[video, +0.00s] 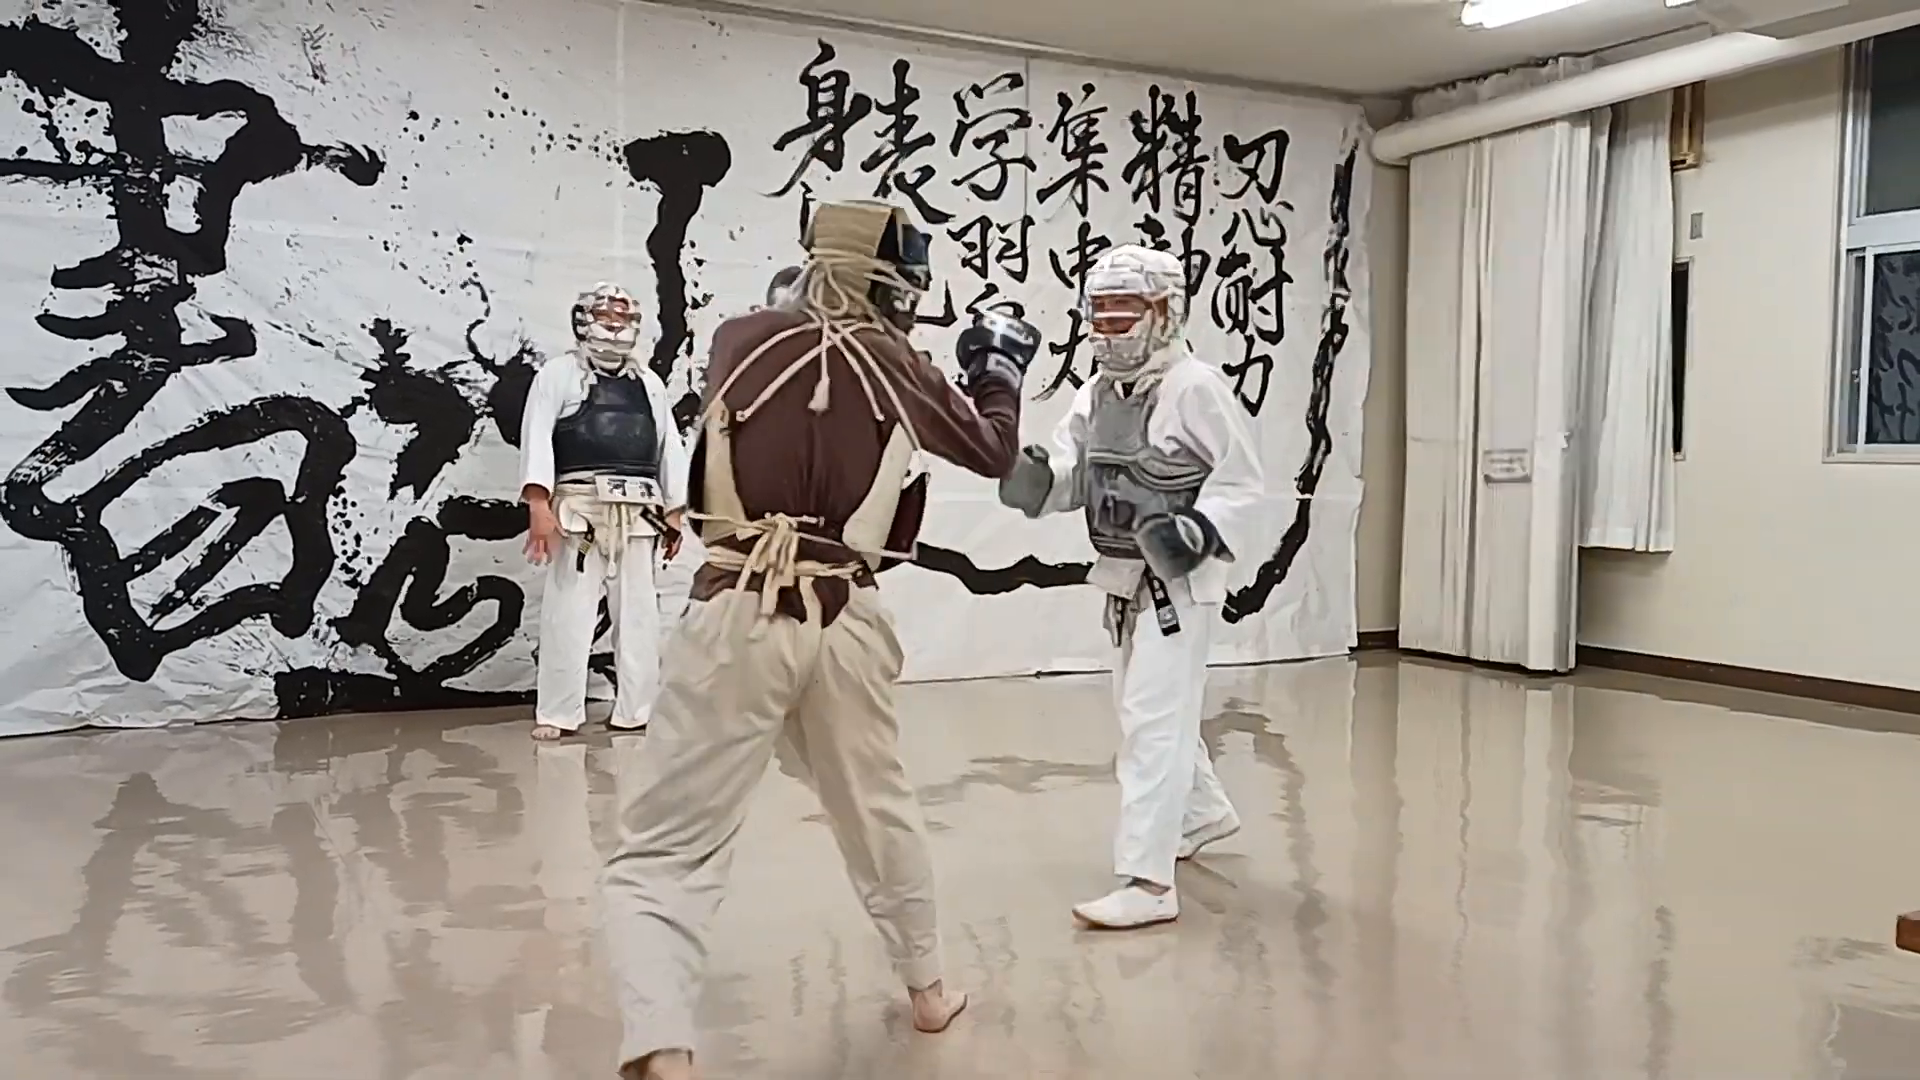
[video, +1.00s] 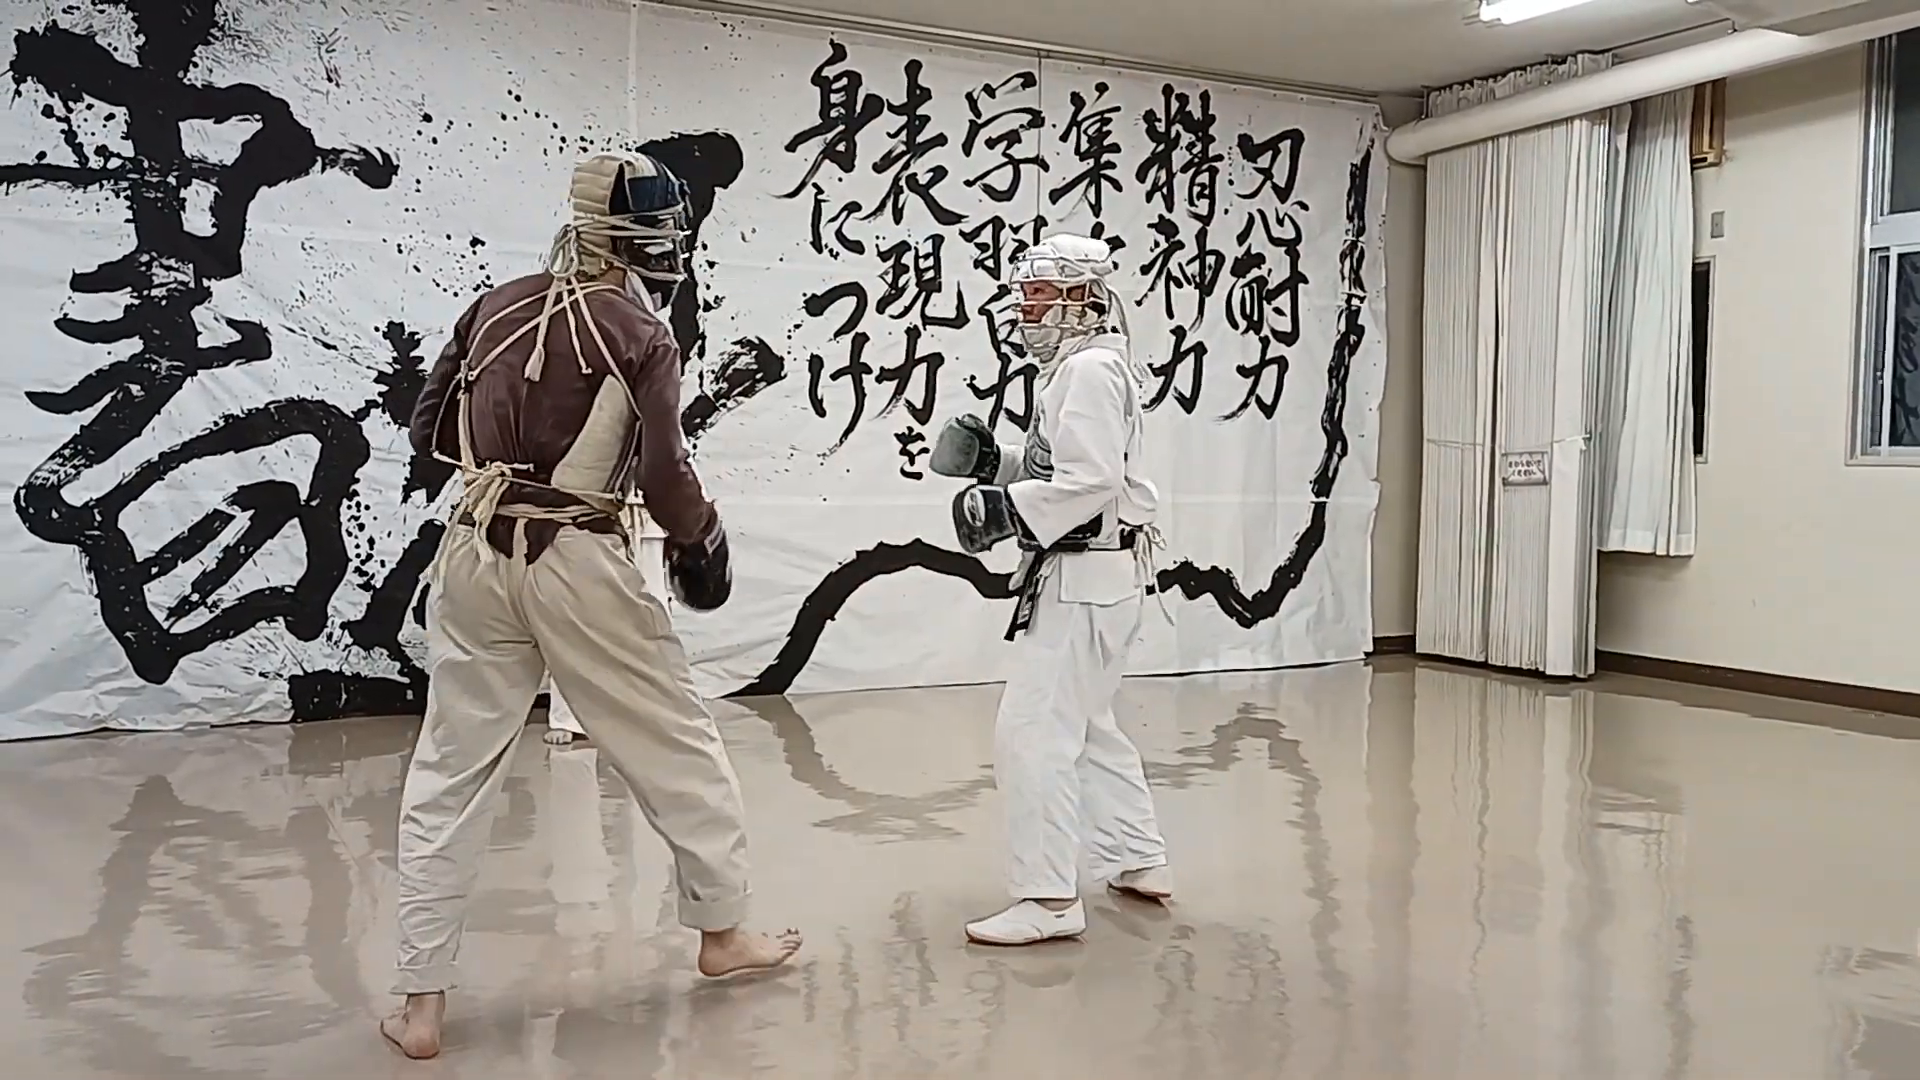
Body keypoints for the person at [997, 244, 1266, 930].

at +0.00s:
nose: (1108, 323)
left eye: (1123, 310)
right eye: (1100, 310)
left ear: (1161, 312)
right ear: (1090, 315)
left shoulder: (1195, 386)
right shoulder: (1097, 391)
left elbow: (1246, 483)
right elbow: (1072, 466)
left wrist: (1199, 528)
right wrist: (1040, 483)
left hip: (1177, 581)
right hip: (1119, 577)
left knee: (1151, 723)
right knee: (1144, 710)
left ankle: (1149, 880)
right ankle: (1205, 810)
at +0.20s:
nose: (1105, 318)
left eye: (1121, 304)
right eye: (1098, 305)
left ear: (1161, 303)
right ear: (1091, 306)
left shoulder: (1188, 372)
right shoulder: (1109, 378)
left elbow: (1174, 443)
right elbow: (1080, 458)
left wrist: (1109, 383)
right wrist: (1040, 425)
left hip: (1169, 571)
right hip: (1130, 568)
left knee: (1125, 728)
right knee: (1148, 715)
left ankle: (1145, 889)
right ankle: (1189, 831)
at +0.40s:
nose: (1098, 315)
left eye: (1111, 304)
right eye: (1094, 304)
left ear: (1152, 304)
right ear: (1098, 309)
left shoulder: (1180, 371)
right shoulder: (1115, 376)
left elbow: (1153, 444)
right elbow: (1077, 457)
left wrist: (1100, 367)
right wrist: (1039, 409)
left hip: (1177, 572)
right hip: (1138, 569)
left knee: (1118, 708)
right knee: (1171, 713)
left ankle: (1147, 873)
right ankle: (1195, 841)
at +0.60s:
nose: (1085, 323)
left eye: (1099, 310)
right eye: (1081, 310)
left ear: (1140, 311)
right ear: (1079, 314)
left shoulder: (1154, 381)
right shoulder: (1118, 383)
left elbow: (1180, 486)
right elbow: (1113, 491)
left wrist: (1105, 539)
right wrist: (1050, 494)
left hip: (1144, 584)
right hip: (1130, 579)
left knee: (1106, 724)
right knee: (1160, 715)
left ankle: (1072, 884)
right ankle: (1189, 842)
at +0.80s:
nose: (1045, 314)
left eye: (1058, 300)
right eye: (1041, 301)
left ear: (1098, 303)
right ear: (1047, 304)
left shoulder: (1112, 381)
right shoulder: (1090, 376)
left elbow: (1142, 494)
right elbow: (1095, 485)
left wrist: (1057, 538)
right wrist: (1036, 505)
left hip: (1114, 589)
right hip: (1110, 582)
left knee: (1053, 729)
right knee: (1121, 718)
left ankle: (1052, 896)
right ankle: (1175, 842)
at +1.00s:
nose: (1025, 306)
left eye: (1038, 293)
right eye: (1024, 293)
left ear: (1077, 296)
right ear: (1057, 299)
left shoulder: (1088, 370)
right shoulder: (1085, 366)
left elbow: (1090, 478)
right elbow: (1068, 471)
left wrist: (1002, 507)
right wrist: (998, 460)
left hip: (1081, 576)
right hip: (1105, 571)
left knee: (1030, 726)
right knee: (1087, 719)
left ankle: (1050, 899)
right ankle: (1139, 862)